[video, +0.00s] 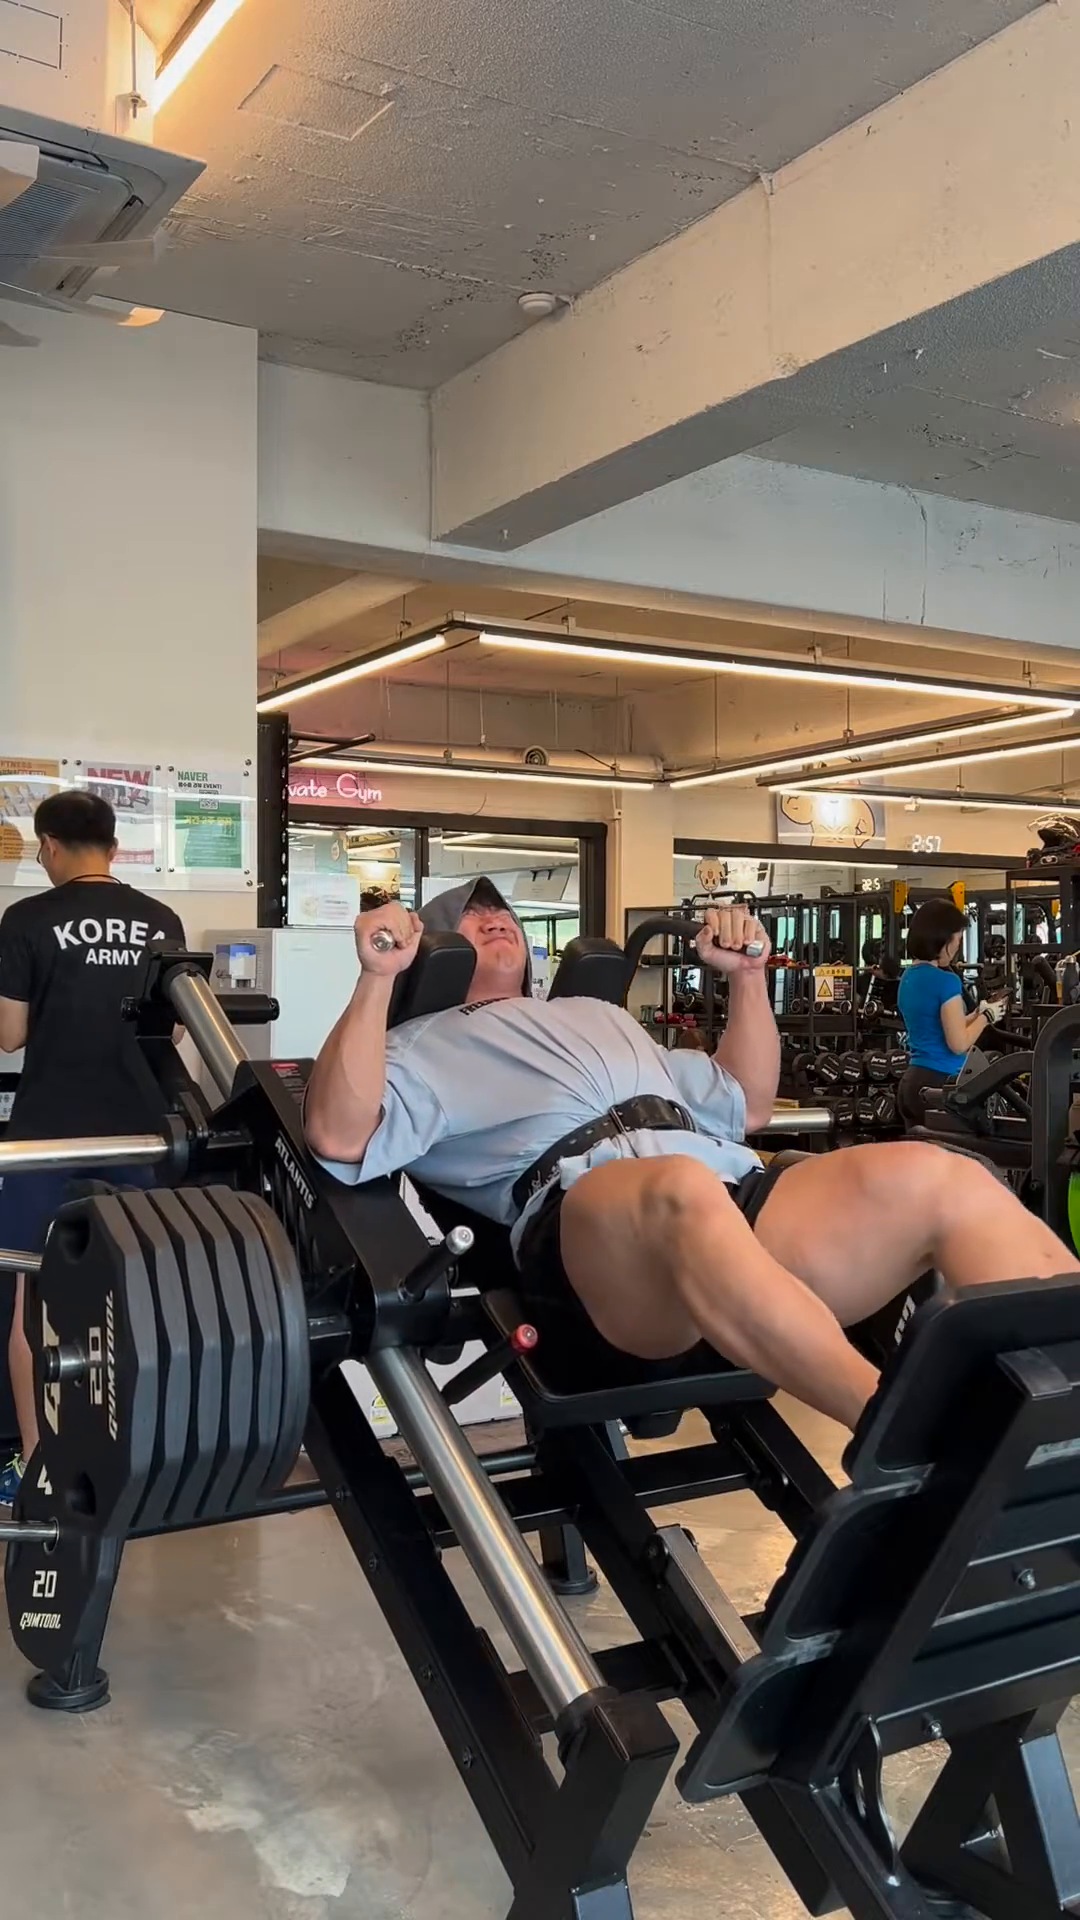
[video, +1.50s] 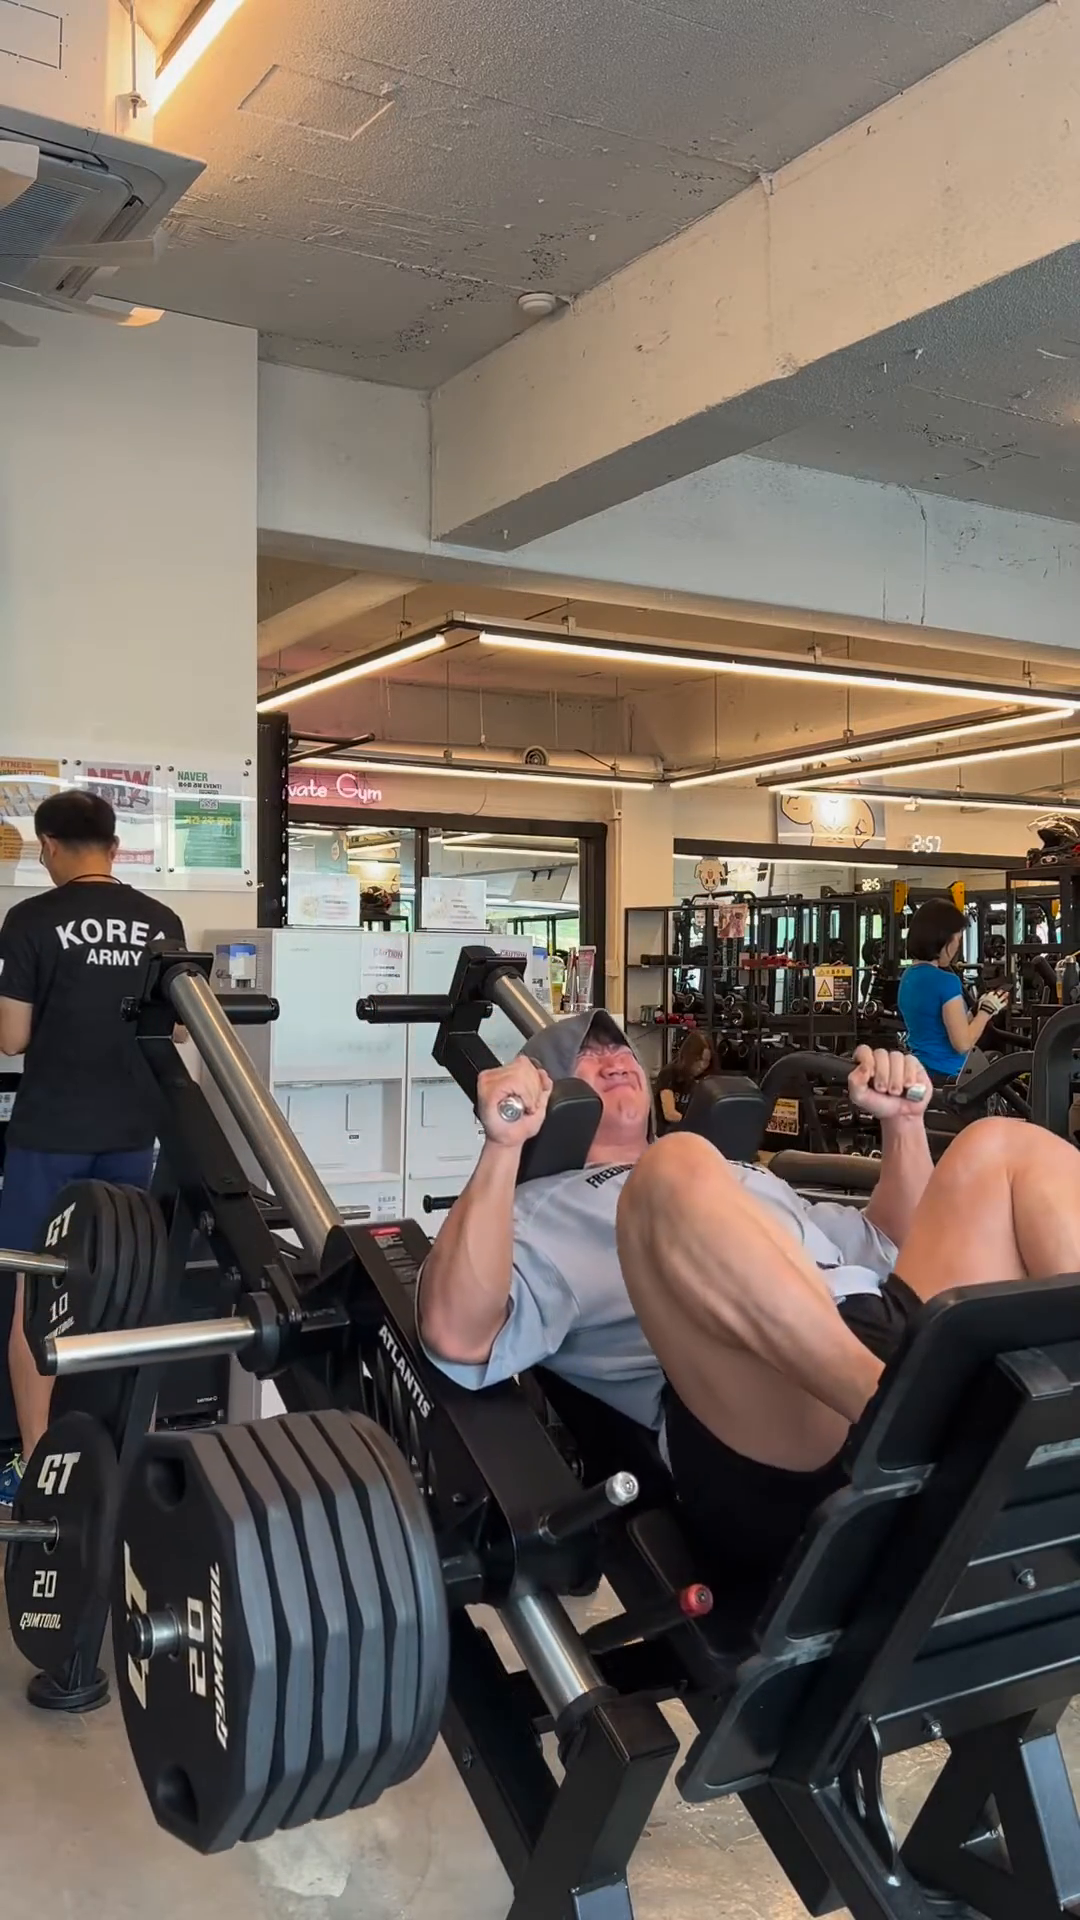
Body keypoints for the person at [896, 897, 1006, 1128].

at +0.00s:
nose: (959, 943)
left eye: (960, 937)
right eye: (958, 937)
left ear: (922, 935)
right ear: (946, 940)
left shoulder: (908, 978)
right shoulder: (946, 981)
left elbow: (934, 1032)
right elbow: (959, 1043)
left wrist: (977, 1012)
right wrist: (987, 1016)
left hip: (914, 1077)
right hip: (943, 1084)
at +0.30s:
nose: (959, 944)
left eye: (960, 938)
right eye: (958, 938)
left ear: (922, 935)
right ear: (946, 940)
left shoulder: (907, 978)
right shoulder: (945, 981)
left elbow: (930, 1034)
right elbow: (959, 1044)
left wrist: (975, 1013)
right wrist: (988, 1017)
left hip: (913, 1078)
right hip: (943, 1084)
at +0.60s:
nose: (957, 947)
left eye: (958, 941)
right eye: (957, 940)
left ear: (922, 935)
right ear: (944, 941)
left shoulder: (907, 978)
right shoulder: (946, 982)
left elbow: (928, 1034)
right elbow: (958, 1044)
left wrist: (974, 1015)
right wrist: (987, 1015)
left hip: (913, 1079)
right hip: (945, 1084)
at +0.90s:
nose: (957, 947)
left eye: (958, 940)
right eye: (956, 940)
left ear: (921, 935)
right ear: (943, 941)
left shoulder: (906, 978)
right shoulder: (945, 982)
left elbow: (925, 1034)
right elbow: (960, 1044)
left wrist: (970, 1013)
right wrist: (984, 1012)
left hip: (913, 1078)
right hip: (943, 1083)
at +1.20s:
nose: (957, 947)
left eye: (958, 940)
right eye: (956, 940)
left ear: (921, 936)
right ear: (943, 942)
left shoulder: (907, 978)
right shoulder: (945, 982)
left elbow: (927, 1033)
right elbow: (961, 1043)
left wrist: (971, 1011)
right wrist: (984, 1012)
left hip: (915, 1075)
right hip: (946, 1080)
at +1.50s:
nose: (958, 946)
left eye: (959, 939)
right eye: (957, 939)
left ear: (922, 936)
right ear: (944, 941)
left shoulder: (908, 977)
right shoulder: (946, 982)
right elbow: (963, 1043)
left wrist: (974, 1013)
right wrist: (987, 1011)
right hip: (947, 1080)